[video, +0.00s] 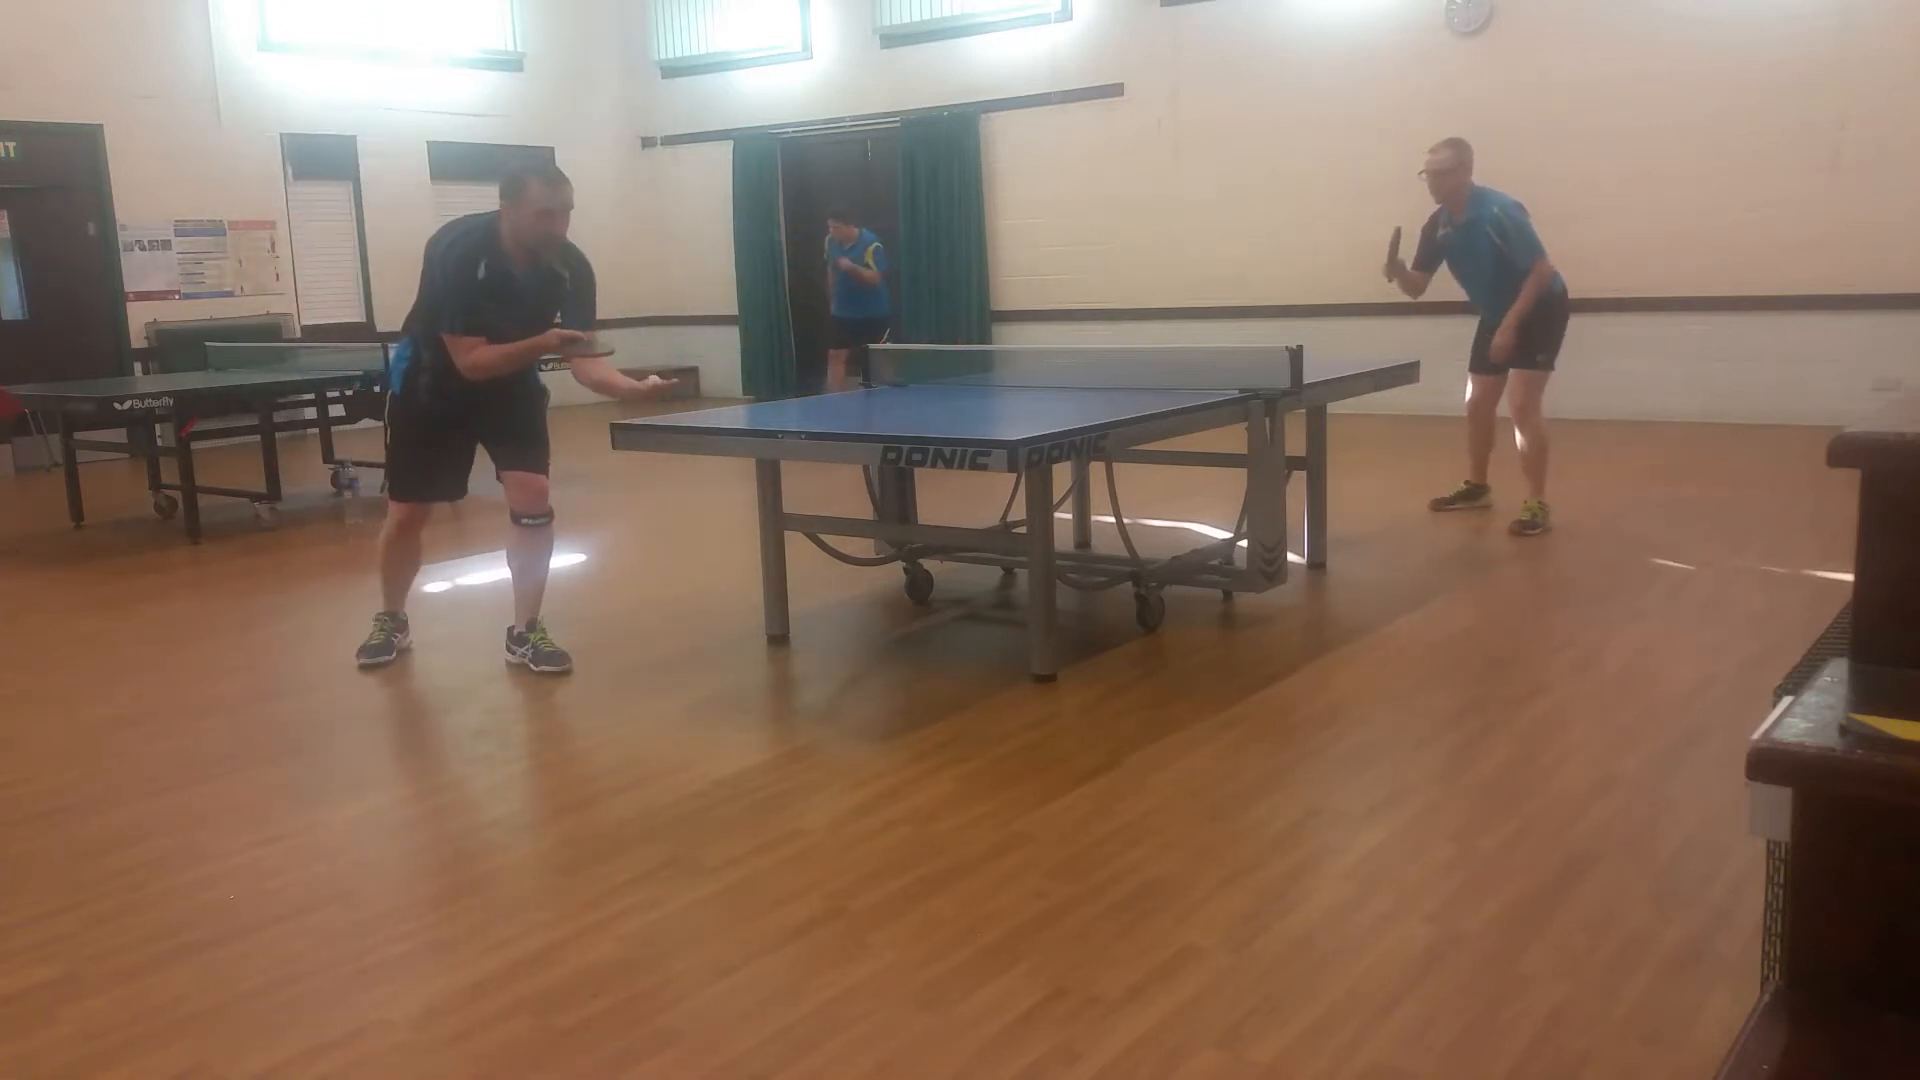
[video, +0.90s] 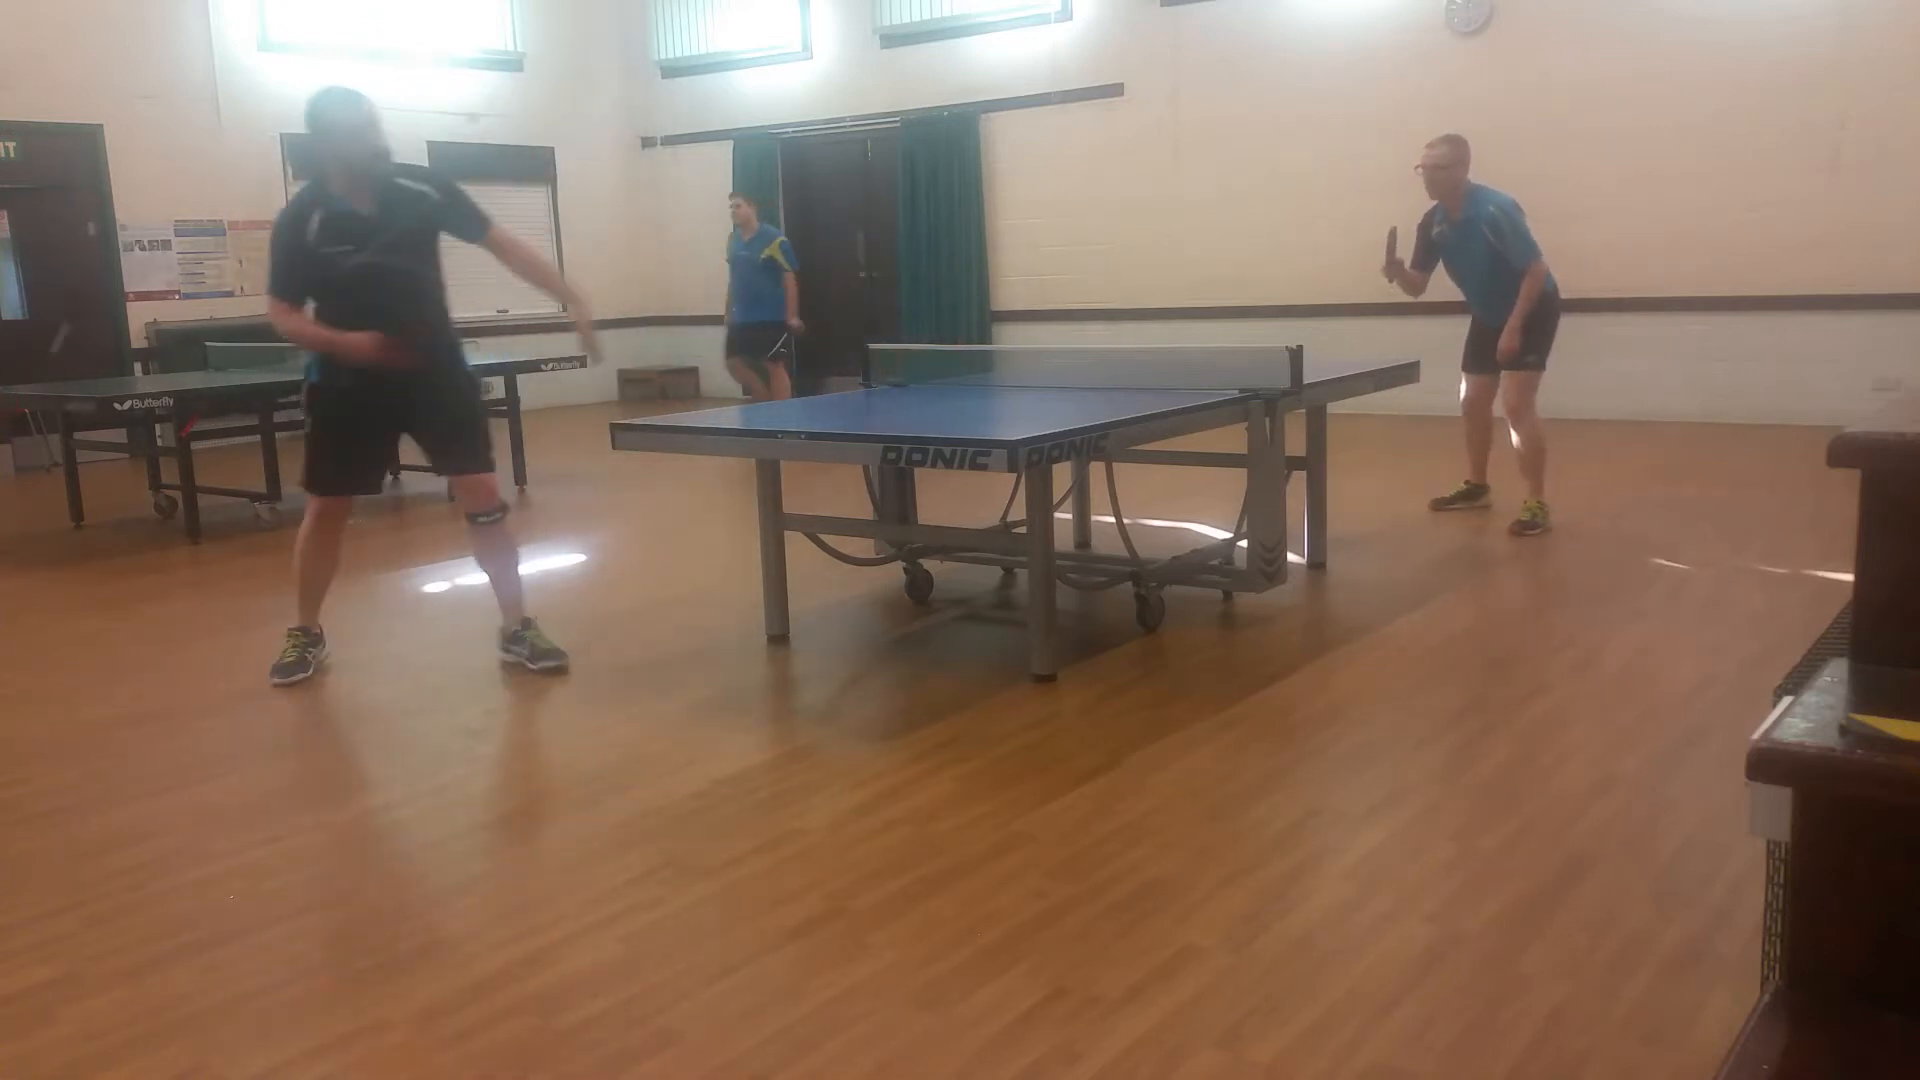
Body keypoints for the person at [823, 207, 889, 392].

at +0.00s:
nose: (831, 232)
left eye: (835, 227)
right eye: (830, 227)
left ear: (849, 226)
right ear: (831, 226)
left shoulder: (871, 244)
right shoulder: (831, 242)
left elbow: (875, 277)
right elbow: (831, 272)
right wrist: (833, 300)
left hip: (872, 312)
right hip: (843, 311)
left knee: (875, 355)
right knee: (836, 354)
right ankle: (835, 402)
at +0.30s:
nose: (795, 224)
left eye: (799, 219)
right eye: (792, 220)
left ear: (812, 219)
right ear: (790, 223)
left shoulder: (835, 244)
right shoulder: (796, 245)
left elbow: (852, 275)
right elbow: (797, 276)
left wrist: (835, 304)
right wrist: (795, 305)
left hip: (839, 315)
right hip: (810, 315)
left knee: (840, 361)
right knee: (815, 362)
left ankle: (866, 377)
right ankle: (822, 410)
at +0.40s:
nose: (786, 219)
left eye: (790, 214)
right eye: (783, 214)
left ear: (804, 215)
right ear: (781, 218)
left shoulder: (826, 241)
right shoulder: (786, 241)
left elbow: (842, 277)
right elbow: (784, 275)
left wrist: (844, 312)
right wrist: (779, 307)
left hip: (826, 316)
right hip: (799, 317)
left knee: (825, 358)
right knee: (810, 363)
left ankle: (847, 398)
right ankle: (824, 407)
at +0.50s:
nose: (777, 218)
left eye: (781, 213)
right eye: (775, 214)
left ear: (795, 214)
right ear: (773, 217)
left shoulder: (818, 242)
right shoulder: (775, 241)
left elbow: (837, 279)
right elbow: (769, 275)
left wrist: (850, 310)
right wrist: (762, 304)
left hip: (817, 310)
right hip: (791, 312)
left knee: (808, 359)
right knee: (808, 360)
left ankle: (820, 407)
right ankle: (821, 406)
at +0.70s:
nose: (756, 220)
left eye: (761, 215)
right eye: (754, 216)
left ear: (776, 217)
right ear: (753, 219)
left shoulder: (798, 244)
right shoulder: (755, 245)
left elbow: (821, 279)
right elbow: (749, 279)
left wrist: (839, 312)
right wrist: (734, 305)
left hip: (795, 317)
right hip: (772, 318)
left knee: (782, 362)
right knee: (792, 368)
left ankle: (785, 418)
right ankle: (814, 413)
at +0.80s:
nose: (745, 216)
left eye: (750, 211)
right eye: (743, 212)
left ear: (764, 212)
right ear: (743, 217)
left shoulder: (787, 242)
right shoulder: (745, 241)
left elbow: (806, 278)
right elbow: (742, 277)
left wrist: (820, 315)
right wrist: (730, 308)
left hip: (782, 317)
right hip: (755, 318)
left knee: (776, 364)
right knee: (759, 371)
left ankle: (783, 417)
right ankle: (799, 397)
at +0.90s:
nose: (733, 211)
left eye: (738, 206)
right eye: (732, 207)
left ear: (752, 209)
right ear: (732, 212)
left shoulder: (774, 239)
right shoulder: (734, 239)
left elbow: (790, 277)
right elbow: (734, 280)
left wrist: (792, 315)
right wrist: (729, 311)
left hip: (772, 317)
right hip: (741, 316)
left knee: (775, 365)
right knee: (735, 363)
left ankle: (783, 413)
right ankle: (767, 403)